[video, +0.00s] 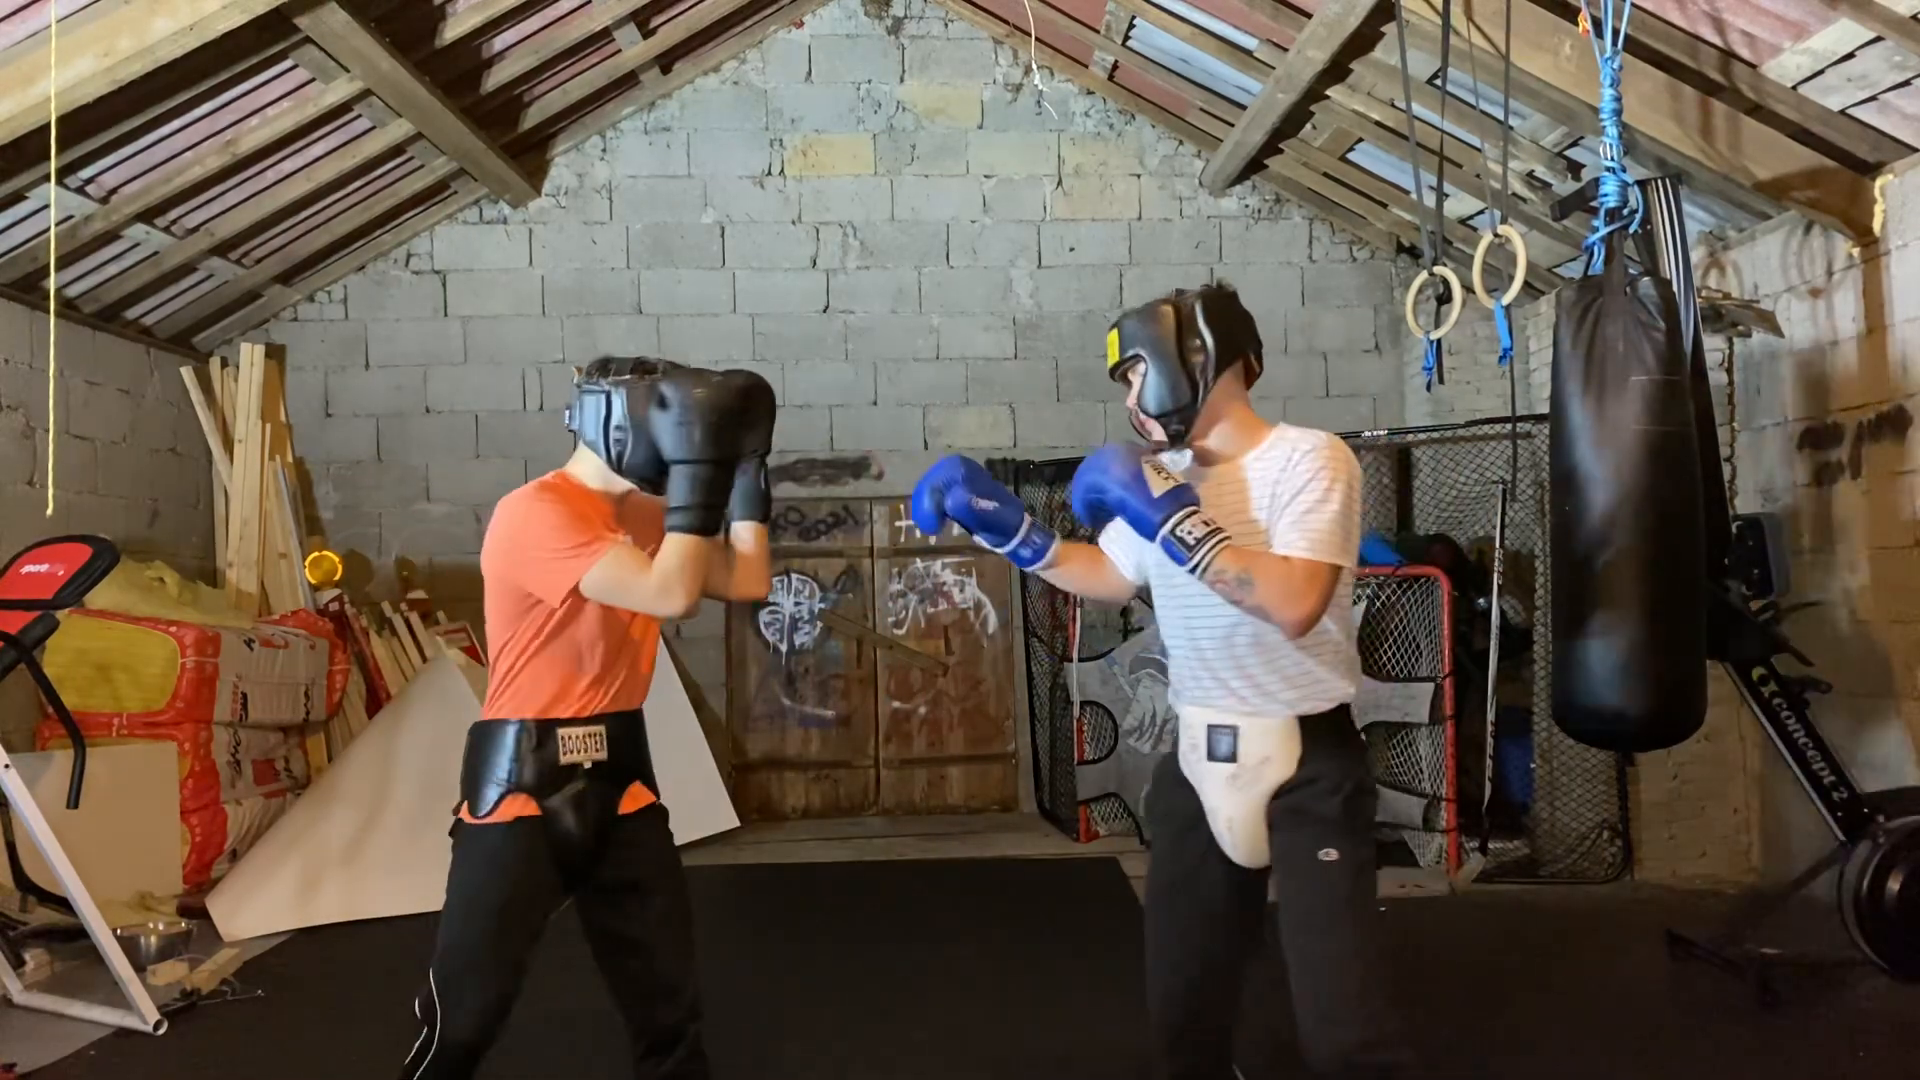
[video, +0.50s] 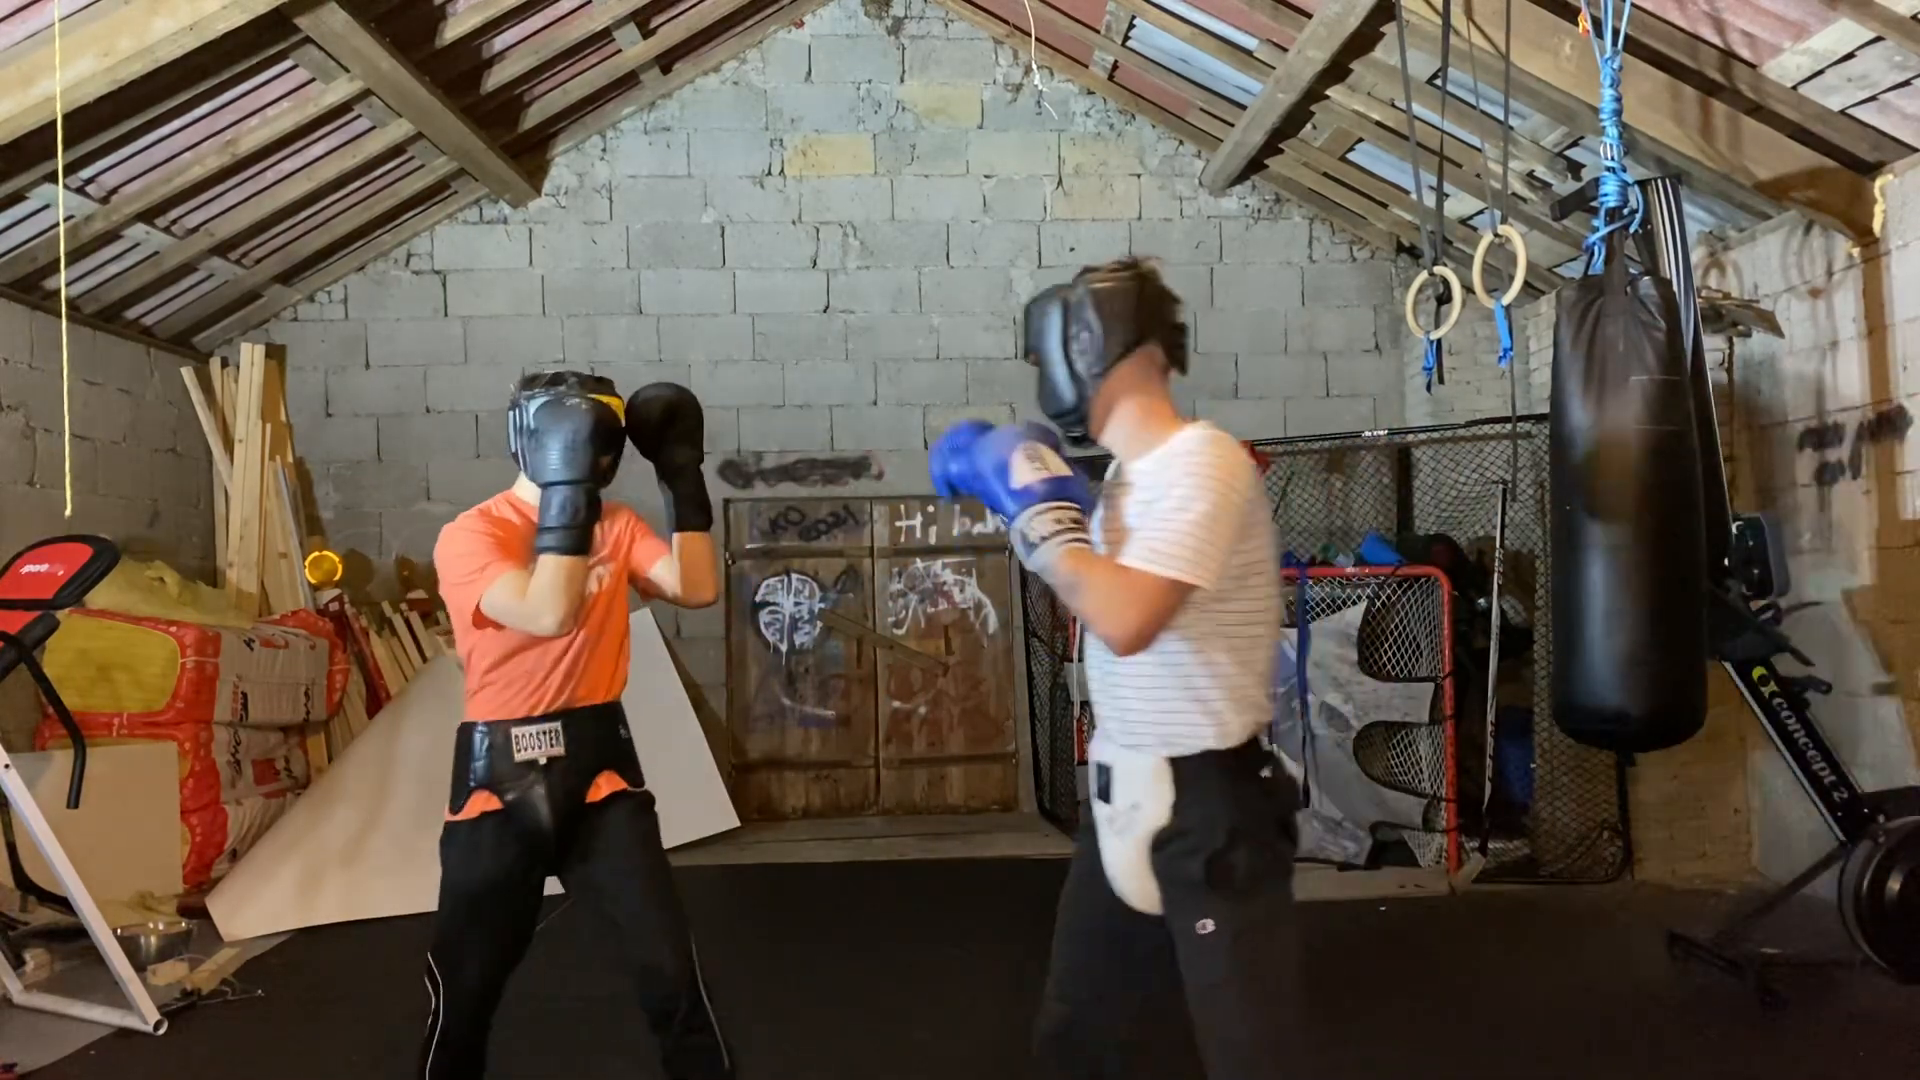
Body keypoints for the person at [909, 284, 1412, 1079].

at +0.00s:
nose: (1129, 398)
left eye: (1140, 371)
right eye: (1127, 376)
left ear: (1210, 368)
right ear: (1211, 369)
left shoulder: (1312, 460)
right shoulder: (1157, 482)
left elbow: (1297, 601)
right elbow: (1111, 574)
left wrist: (1173, 516)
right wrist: (1018, 533)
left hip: (1310, 765)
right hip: (1195, 770)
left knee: (1341, 1029)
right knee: (1184, 1022)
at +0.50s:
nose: (1048, 371)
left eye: (1055, 347)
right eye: (1047, 350)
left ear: (1089, 348)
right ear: (1146, 347)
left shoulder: (1204, 463)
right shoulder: (1124, 485)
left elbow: (1127, 618)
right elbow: (1102, 602)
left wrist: (1040, 513)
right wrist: (1026, 504)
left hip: (1213, 801)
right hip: (1127, 799)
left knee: (1252, 1054)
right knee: (1077, 1040)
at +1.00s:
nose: (953, 368)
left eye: (958, 345)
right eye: (952, 349)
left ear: (985, 343)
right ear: (1060, 348)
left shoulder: (1043, 461)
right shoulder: (1099, 456)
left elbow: (947, 620)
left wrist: (906, 513)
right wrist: (956, 505)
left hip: (1070, 829)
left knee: (1046, 1060)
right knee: (982, 1050)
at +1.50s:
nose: (907, 391)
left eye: (912, 374)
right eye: (912, 376)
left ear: (925, 376)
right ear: (1020, 400)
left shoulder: (920, 480)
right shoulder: (1075, 516)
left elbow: (846, 652)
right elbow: (1115, 687)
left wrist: (854, 536)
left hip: (976, 843)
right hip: (1077, 835)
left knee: (983, 1058)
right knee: (1075, 1054)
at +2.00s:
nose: (736, 457)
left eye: (741, 432)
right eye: (739, 435)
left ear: (769, 436)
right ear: (858, 431)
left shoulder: (794, 567)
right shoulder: (953, 541)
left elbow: (742, 756)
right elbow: (1051, 668)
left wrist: (737, 626)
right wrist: (955, 640)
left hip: (909, 934)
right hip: (1018, 897)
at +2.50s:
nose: (561, 556)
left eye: (558, 541)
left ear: (579, 549)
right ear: (671, 502)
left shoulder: (622, 645)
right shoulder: (789, 565)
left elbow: (630, 811)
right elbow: (915, 624)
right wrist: (826, 662)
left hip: (817, 925)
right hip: (922, 881)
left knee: (679, 1069)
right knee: (887, 1069)